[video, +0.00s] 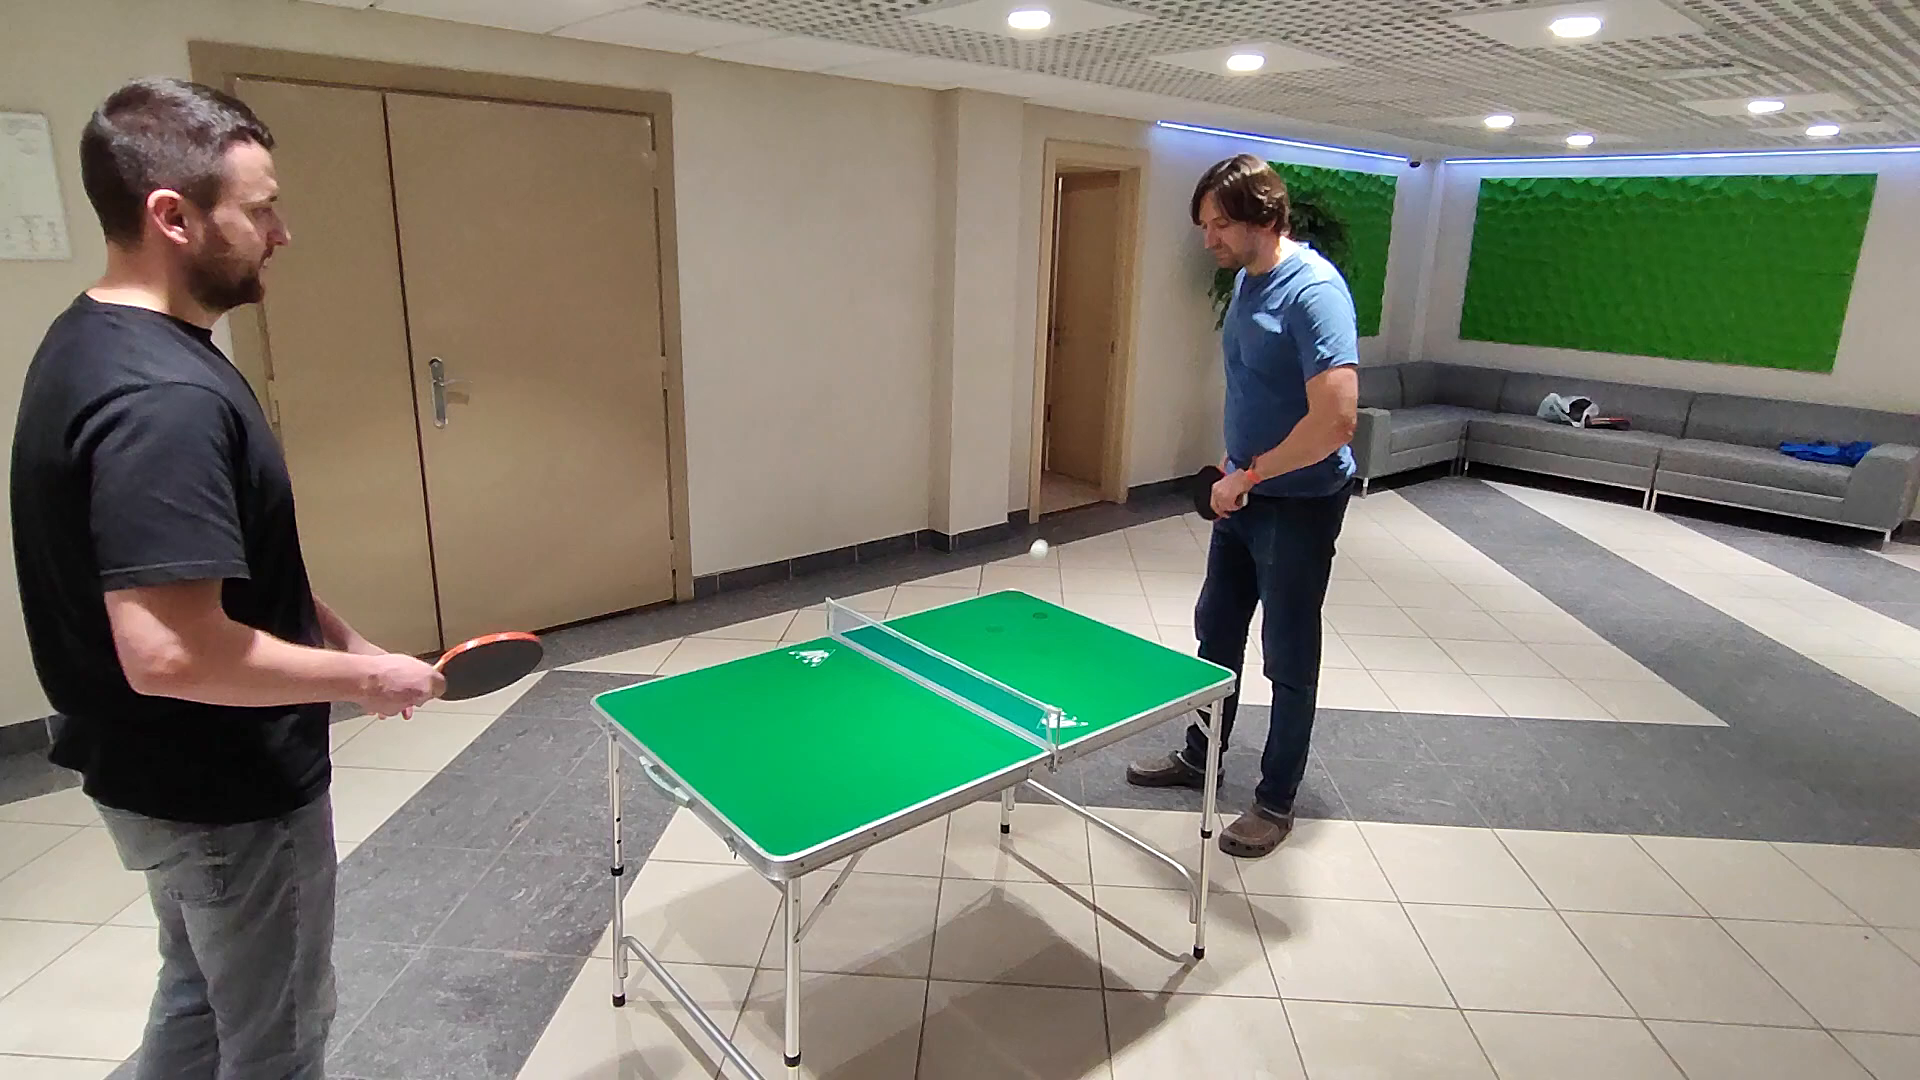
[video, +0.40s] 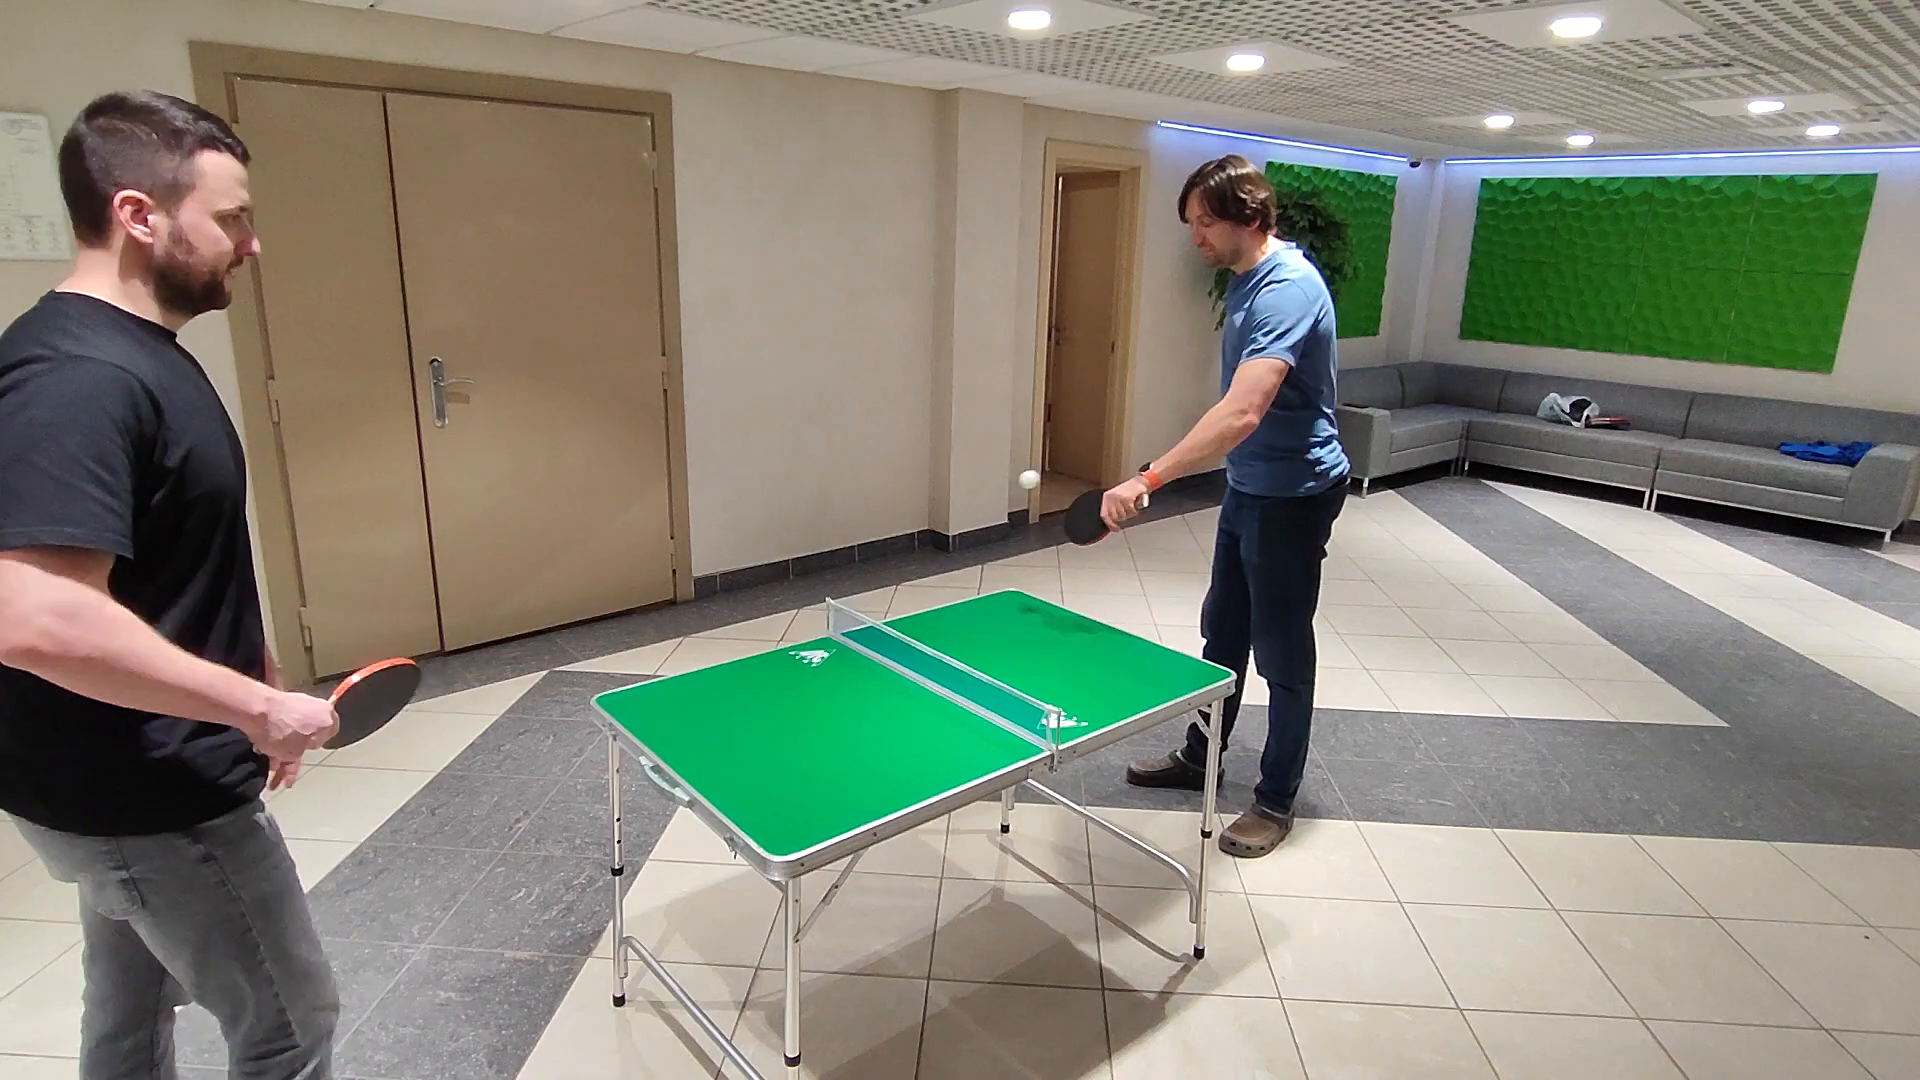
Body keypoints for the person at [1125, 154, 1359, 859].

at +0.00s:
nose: (1208, 238)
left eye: (1216, 224)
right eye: (1204, 226)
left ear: (1257, 218)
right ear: (1242, 223)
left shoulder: (1315, 290)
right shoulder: (1252, 281)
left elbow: (1338, 417)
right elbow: (1257, 394)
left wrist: (1249, 474)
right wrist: (1235, 469)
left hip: (1302, 501)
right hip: (1247, 491)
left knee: (1290, 659)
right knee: (1217, 633)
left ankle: (1273, 806)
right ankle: (1198, 760)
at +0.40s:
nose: (1195, 238)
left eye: (1201, 223)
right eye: (1192, 225)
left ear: (1241, 217)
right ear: (1243, 220)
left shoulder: (1289, 288)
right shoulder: (1252, 281)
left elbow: (1243, 411)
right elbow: (1263, 400)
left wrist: (1147, 478)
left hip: (1293, 495)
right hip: (1250, 486)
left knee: (1285, 652)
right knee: (1225, 631)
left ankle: (1273, 804)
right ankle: (1197, 757)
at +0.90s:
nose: (1181, 234)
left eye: (1188, 220)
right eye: (1177, 222)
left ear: (1231, 214)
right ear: (1215, 217)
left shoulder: (1278, 288)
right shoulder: (1239, 279)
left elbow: (1292, 423)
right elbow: (1254, 402)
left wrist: (1216, 503)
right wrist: (1225, 484)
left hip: (1285, 497)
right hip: (1241, 489)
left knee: (1279, 658)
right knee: (1217, 634)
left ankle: (1273, 804)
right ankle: (1198, 757)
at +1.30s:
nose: (1186, 242)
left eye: (1195, 228)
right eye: (1181, 229)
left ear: (1238, 218)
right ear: (1195, 224)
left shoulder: (1295, 291)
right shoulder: (1221, 283)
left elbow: (1322, 426)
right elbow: (1221, 389)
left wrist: (1252, 516)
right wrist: (1186, 467)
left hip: (1289, 501)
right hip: (1225, 491)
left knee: (1282, 661)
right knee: (1212, 635)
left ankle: (1273, 804)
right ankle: (1196, 758)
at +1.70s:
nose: (1191, 241)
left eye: (1202, 228)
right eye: (1188, 226)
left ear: (1245, 224)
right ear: (1210, 224)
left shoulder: (1283, 304)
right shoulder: (1235, 278)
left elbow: (1208, 427)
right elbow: (1230, 399)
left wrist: (1119, 508)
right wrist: (1197, 465)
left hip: (1284, 496)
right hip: (1233, 486)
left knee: (1280, 657)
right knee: (1215, 631)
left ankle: (1274, 804)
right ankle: (1201, 759)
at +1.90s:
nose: (1193, 230)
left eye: (1204, 217)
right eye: (1190, 215)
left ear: (1245, 218)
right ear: (1210, 216)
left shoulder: (1278, 302)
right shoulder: (1239, 276)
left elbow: (1215, 430)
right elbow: (1231, 394)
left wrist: (1126, 511)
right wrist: (1208, 465)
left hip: (1277, 498)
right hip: (1229, 488)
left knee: (1277, 655)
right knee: (1211, 631)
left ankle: (1274, 805)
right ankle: (1197, 759)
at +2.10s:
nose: (1199, 223)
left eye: (1211, 211)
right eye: (1198, 210)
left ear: (1253, 214)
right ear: (1222, 213)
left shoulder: (1289, 306)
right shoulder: (1241, 274)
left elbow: (1271, 439)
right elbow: (1235, 395)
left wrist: (1186, 513)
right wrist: (1214, 480)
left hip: (1273, 499)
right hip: (1221, 487)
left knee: (1275, 661)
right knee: (1192, 626)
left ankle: (1274, 803)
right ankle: (1193, 755)